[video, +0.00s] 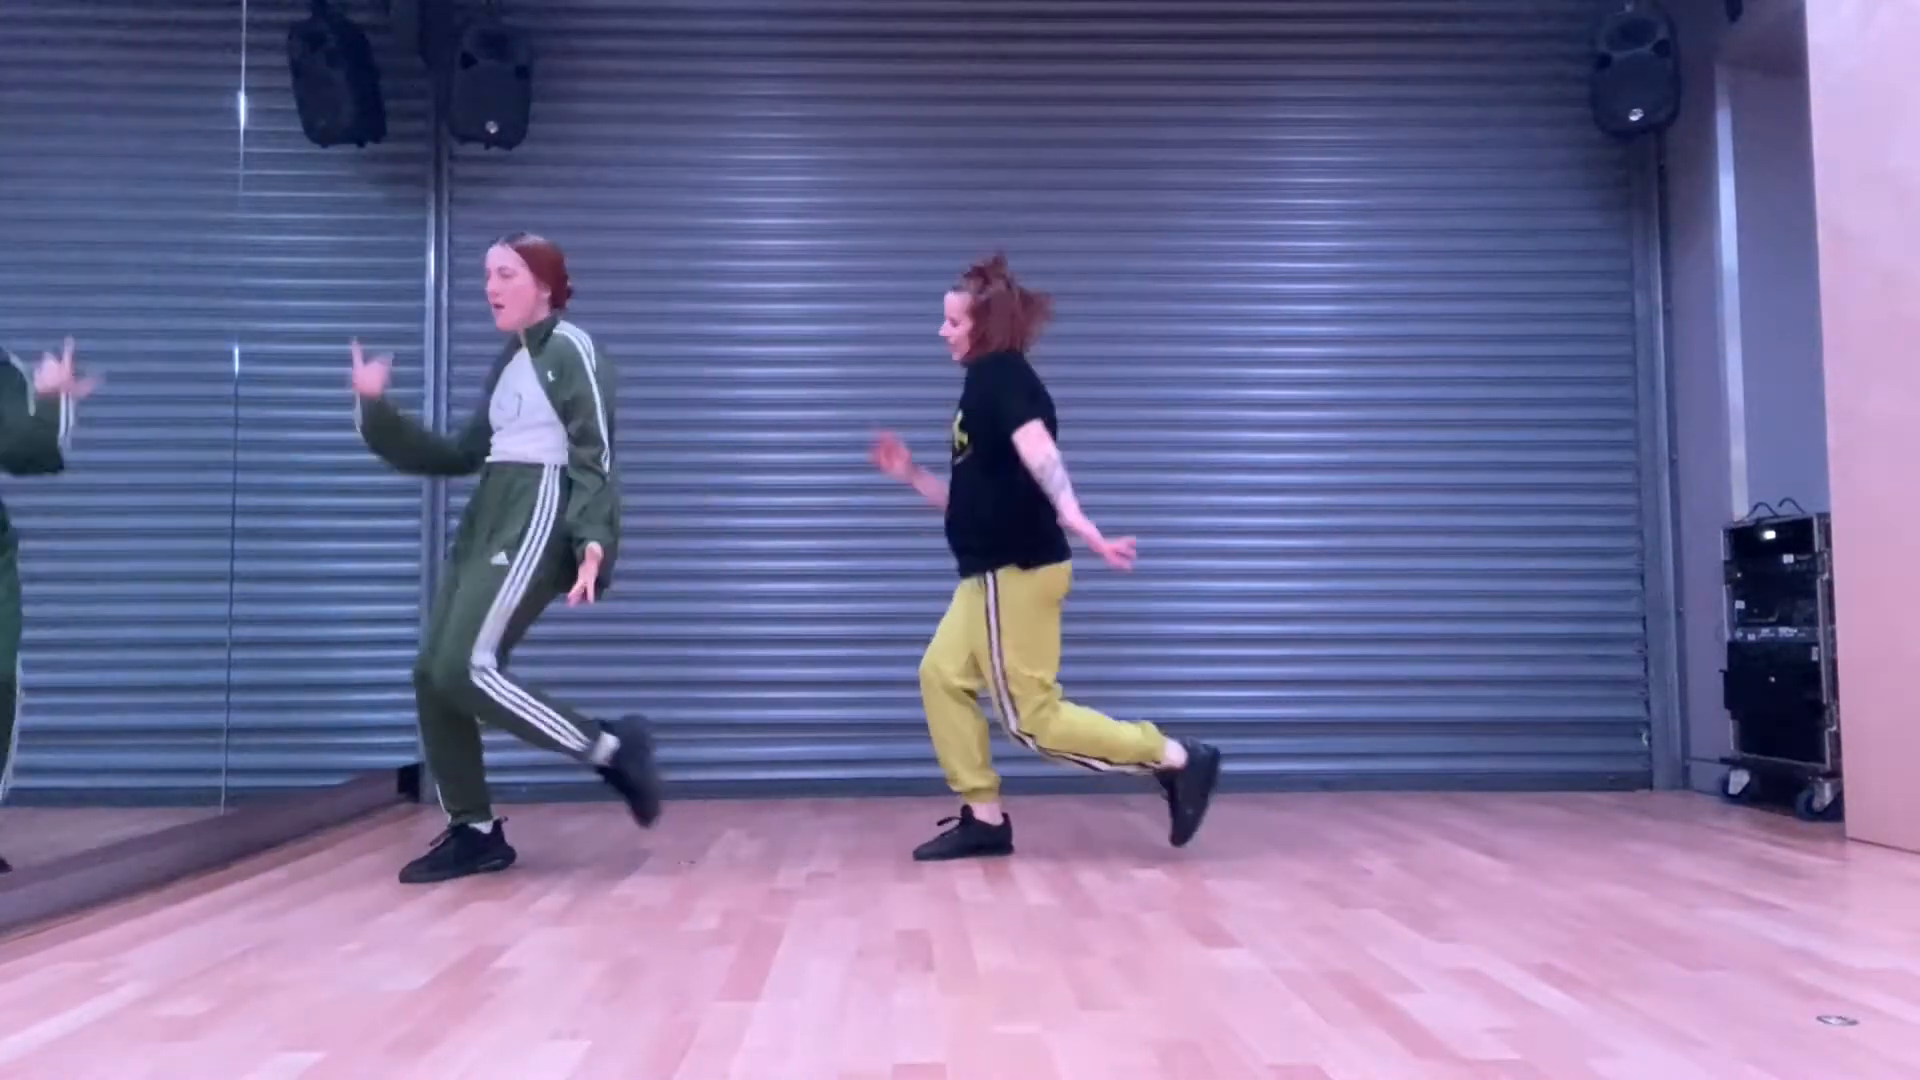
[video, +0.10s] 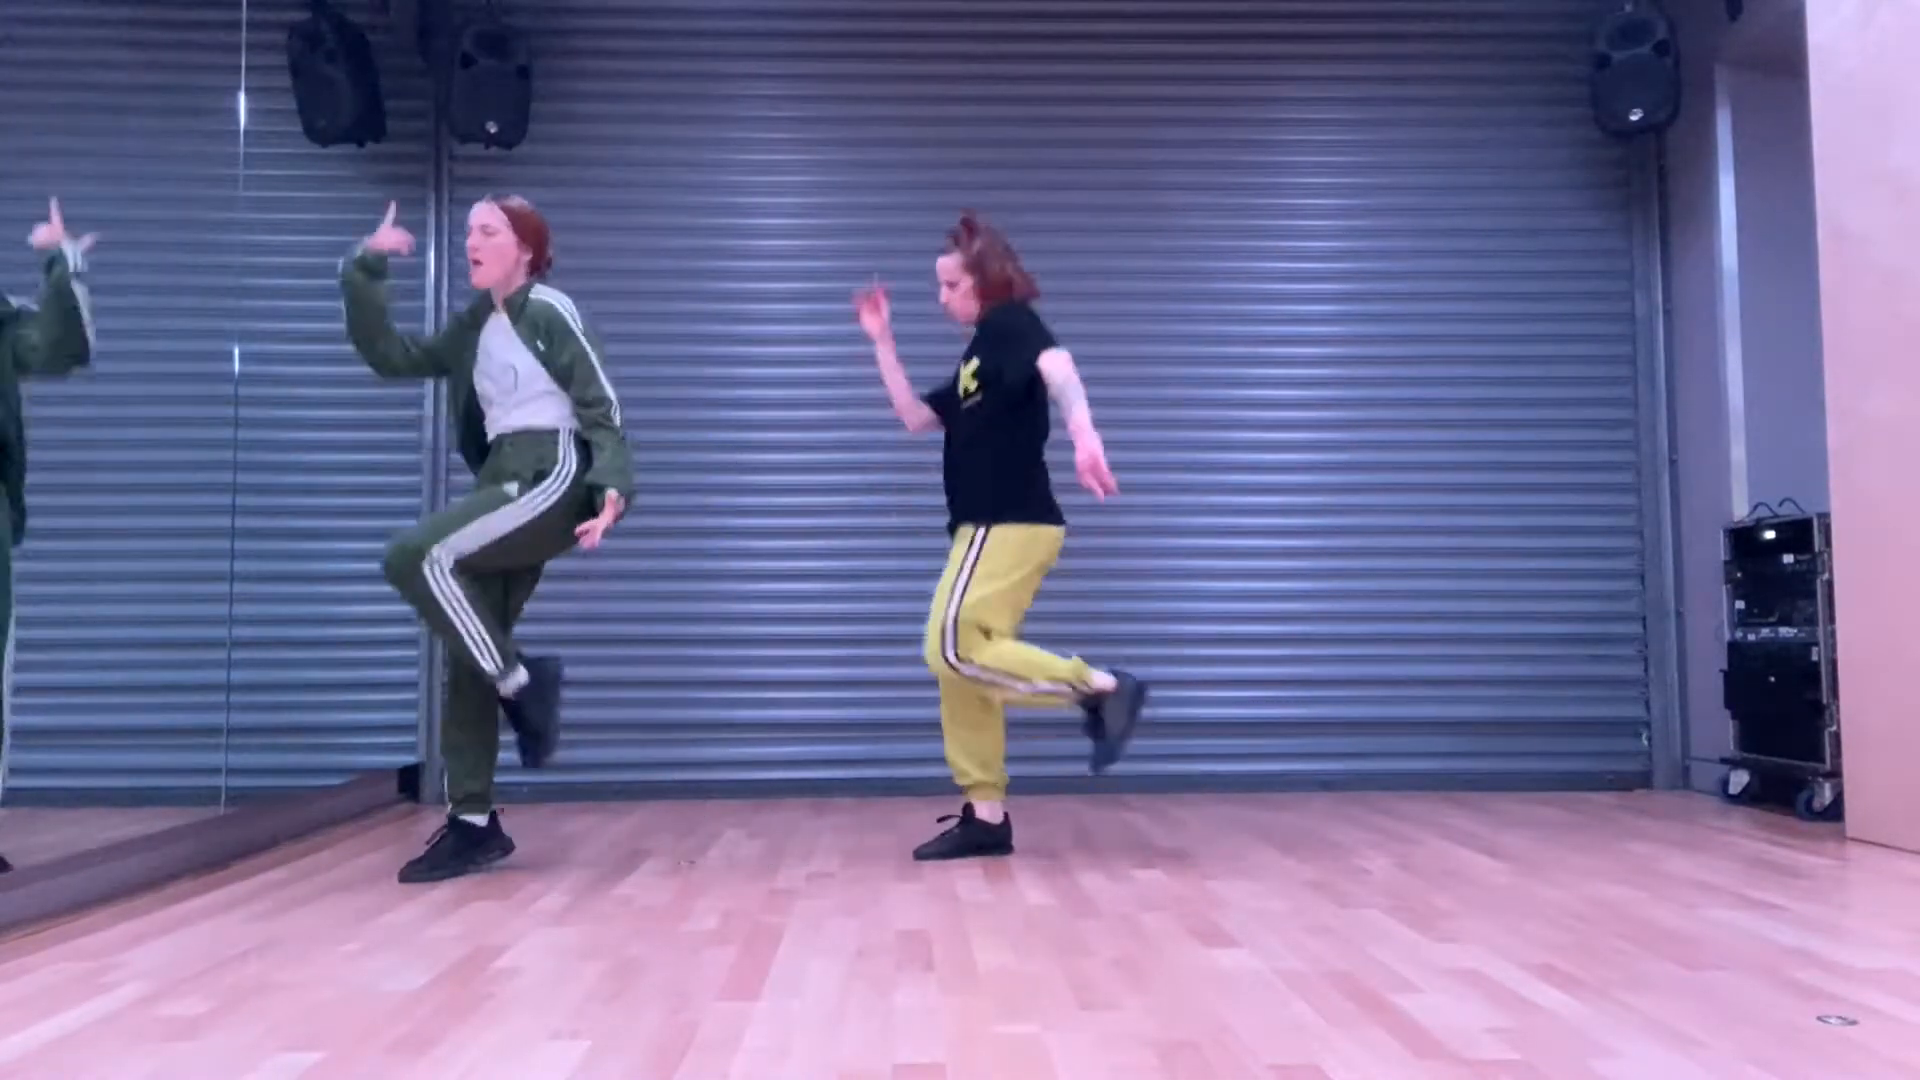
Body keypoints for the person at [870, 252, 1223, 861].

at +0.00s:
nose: (943, 331)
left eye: (953, 320)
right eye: (944, 319)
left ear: (987, 324)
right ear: (971, 323)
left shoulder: (1001, 375)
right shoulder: (981, 382)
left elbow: (1041, 457)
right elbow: (967, 500)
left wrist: (1088, 532)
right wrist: (911, 473)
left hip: (1021, 569)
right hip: (991, 570)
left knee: (1032, 718)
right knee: (942, 675)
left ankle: (1179, 761)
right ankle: (984, 818)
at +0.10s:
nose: (941, 298)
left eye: (948, 286)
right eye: (940, 287)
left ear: (981, 282)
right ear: (964, 285)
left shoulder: (1012, 323)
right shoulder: (978, 361)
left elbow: (1059, 371)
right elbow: (914, 415)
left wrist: (1085, 441)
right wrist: (882, 339)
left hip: (1008, 524)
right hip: (993, 527)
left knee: (955, 651)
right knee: (962, 662)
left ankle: (1099, 690)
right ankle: (985, 817)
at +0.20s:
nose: (929, 255)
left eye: (940, 244)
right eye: (928, 244)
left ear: (977, 241)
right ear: (944, 247)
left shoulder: (1008, 276)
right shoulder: (951, 314)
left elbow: (1076, 293)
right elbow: (874, 318)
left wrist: (1075, 345)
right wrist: (861, 236)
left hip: (1024, 469)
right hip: (1033, 486)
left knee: (900, 511)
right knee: (1001, 634)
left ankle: (1003, 623)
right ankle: (983, 795)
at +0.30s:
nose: (917, 249)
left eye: (928, 240)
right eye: (919, 239)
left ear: (966, 250)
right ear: (947, 253)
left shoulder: (1013, 295)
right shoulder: (928, 308)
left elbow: (1080, 261)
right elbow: (878, 279)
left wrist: (1055, 275)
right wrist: (848, 229)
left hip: (1046, 467)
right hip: (1007, 490)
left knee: (913, 414)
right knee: (990, 629)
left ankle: (942, 562)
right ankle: (984, 793)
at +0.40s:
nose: (935, 272)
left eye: (943, 262)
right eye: (934, 262)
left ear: (978, 262)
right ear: (957, 267)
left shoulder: (1024, 306)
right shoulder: (954, 330)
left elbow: (1085, 309)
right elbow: (886, 358)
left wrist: (1025, 353)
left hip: (1026, 486)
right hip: (995, 495)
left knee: (877, 479)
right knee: (983, 641)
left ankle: (965, 604)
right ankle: (988, 809)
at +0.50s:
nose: (954, 294)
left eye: (964, 283)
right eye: (953, 283)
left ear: (999, 279)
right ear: (991, 283)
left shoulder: (1054, 331)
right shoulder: (995, 354)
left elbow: (1075, 406)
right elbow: (961, 437)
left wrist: (1006, 462)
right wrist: (892, 465)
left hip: (985, 510)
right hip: (994, 514)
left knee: (885, 621)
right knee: (973, 654)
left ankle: (999, 727)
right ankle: (988, 817)